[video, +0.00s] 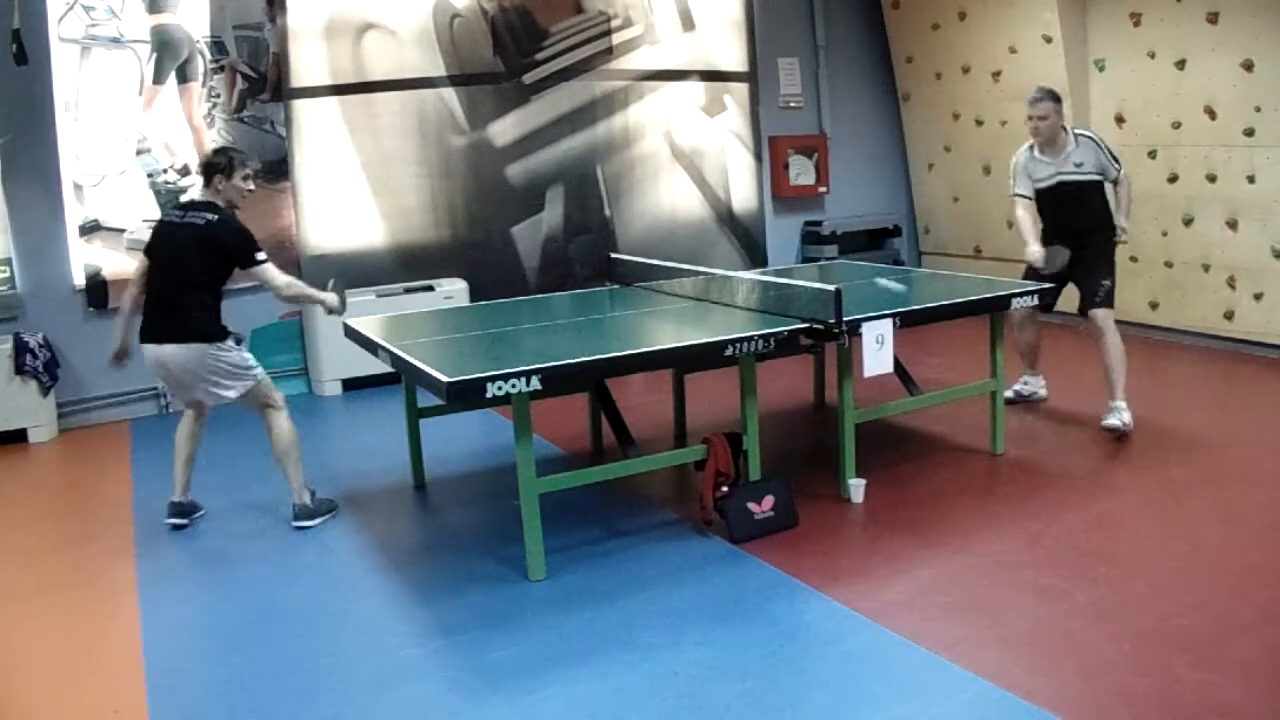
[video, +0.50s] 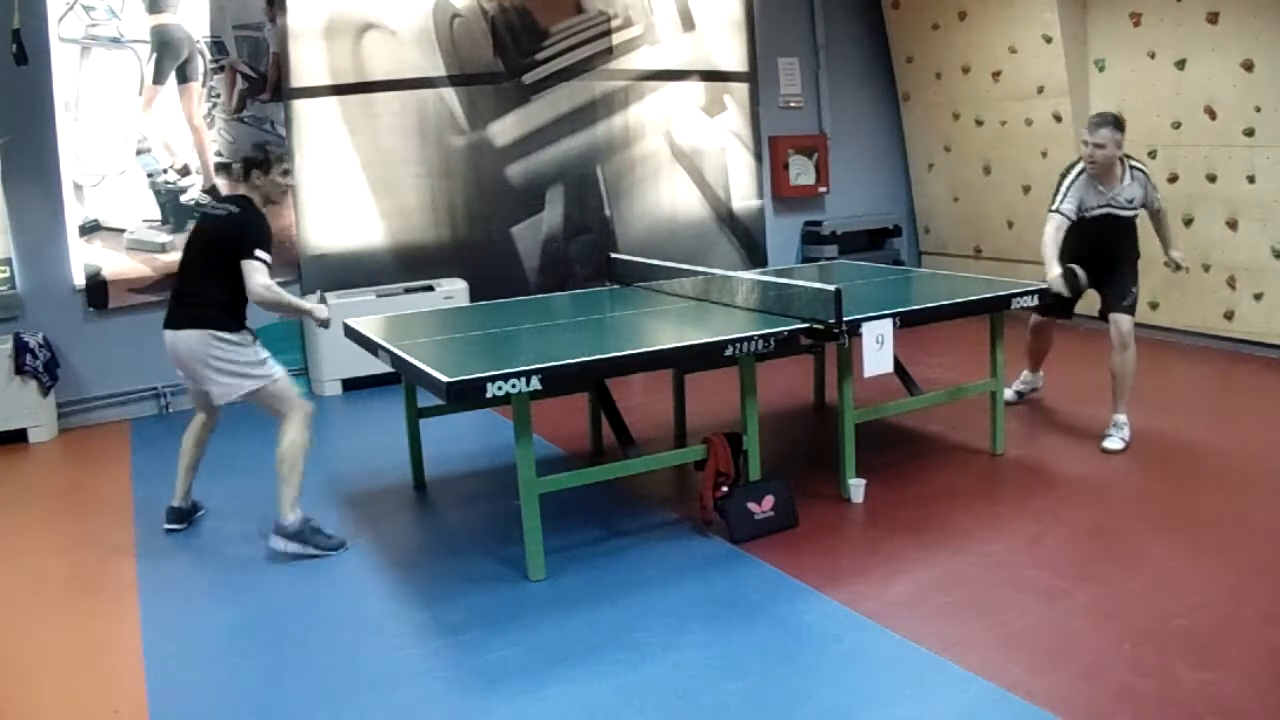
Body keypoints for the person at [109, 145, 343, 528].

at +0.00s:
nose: (250, 187)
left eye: (251, 179)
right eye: (244, 179)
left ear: (211, 181)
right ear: (219, 180)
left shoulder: (168, 221)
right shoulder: (228, 227)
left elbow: (136, 286)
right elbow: (280, 285)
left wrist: (124, 340)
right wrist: (323, 297)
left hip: (154, 345)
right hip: (201, 345)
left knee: (194, 407)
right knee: (273, 404)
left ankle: (179, 501)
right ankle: (303, 501)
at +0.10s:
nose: (249, 183)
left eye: (250, 175)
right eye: (243, 175)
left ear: (210, 177)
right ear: (217, 175)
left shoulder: (173, 214)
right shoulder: (221, 222)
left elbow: (192, 278)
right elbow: (264, 291)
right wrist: (310, 306)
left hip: (151, 338)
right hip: (193, 338)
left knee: (198, 406)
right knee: (274, 403)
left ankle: (178, 501)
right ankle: (301, 502)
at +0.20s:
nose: (252, 178)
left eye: (253, 170)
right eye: (246, 169)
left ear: (214, 172)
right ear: (219, 170)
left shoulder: (177, 209)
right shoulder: (220, 217)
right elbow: (251, 289)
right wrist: (299, 308)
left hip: (153, 333)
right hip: (193, 334)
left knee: (198, 407)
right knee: (274, 404)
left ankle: (178, 504)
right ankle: (298, 510)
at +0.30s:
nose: (262, 174)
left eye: (262, 166)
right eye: (255, 167)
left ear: (223, 171)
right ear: (227, 169)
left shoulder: (189, 205)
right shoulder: (227, 215)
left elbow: (177, 272)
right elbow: (249, 289)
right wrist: (298, 310)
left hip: (160, 331)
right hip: (199, 333)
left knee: (199, 408)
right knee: (271, 412)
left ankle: (178, 504)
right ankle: (291, 521)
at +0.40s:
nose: (276, 175)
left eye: (276, 167)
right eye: (269, 167)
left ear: (234, 170)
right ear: (242, 169)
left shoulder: (200, 206)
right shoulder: (240, 217)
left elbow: (187, 269)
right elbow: (255, 290)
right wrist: (303, 311)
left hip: (169, 330)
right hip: (209, 333)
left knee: (204, 410)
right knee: (272, 422)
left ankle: (179, 504)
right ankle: (284, 535)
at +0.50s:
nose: (289, 183)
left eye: (289, 174)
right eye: (283, 174)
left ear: (246, 177)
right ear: (257, 176)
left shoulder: (212, 214)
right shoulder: (252, 219)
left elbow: (186, 267)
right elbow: (259, 290)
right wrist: (309, 309)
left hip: (177, 333)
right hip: (216, 335)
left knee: (205, 413)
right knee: (296, 410)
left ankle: (178, 507)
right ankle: (290, 523)